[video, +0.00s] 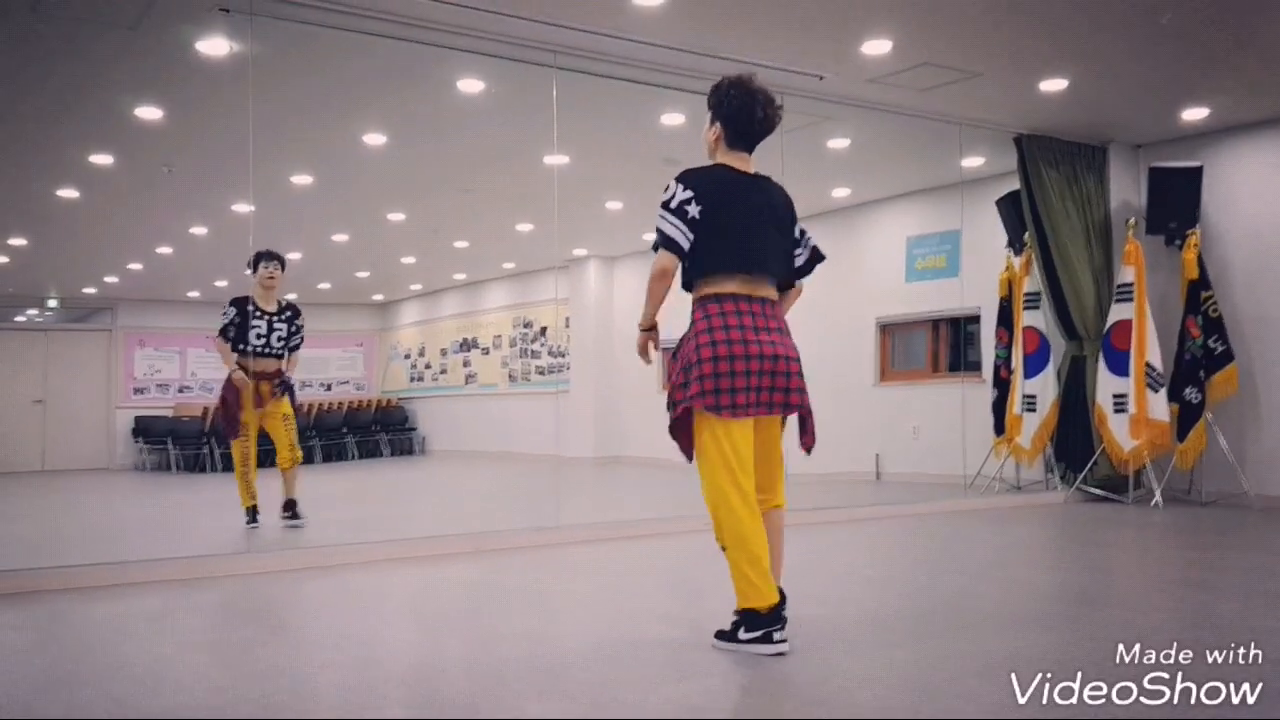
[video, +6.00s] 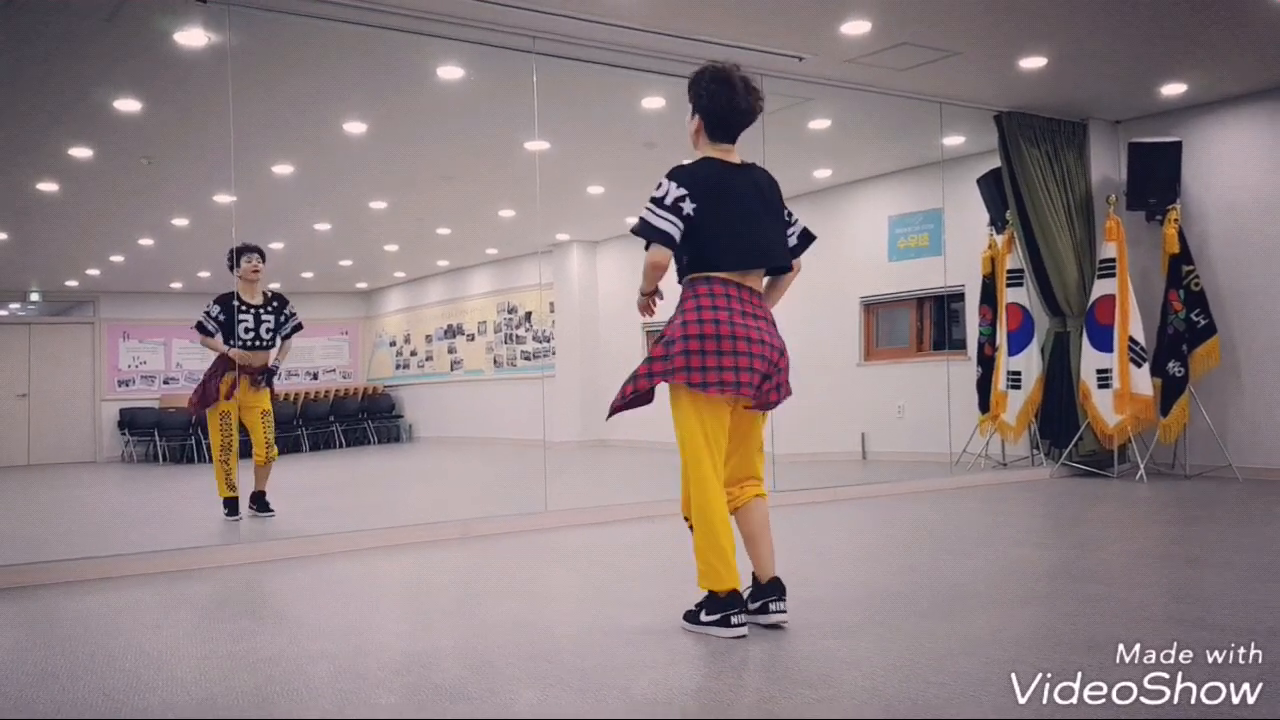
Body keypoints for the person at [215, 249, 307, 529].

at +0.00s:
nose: (271, 272)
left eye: (276, 269)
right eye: (266, 268)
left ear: (282, 276)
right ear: (254, 273)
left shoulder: (291, 312)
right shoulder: (239, 305)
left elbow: (294, 351)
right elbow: (222, 340)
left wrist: (287, 375)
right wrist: (233, 370)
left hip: (276, 385)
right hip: (243, 384)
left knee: (289, 446)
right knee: (244, 449)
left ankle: (290, 504)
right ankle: (250, 507)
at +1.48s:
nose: (248, 292)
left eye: (253, 288)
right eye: (242, 287)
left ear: (260, 293)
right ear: (232, 293)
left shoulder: (274, 324)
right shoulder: (221, 329)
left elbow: (294, 356)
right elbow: (208, 364)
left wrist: (279, 389)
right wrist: (226, 382)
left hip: (262, 401)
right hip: (228, 403)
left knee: (262, 464)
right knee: (222, 464)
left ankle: (257, 519)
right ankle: (228, 521)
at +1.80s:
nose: (234, 290)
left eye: (235, 284)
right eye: (227, 284)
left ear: (237, 288)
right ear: (210, 290)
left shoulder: (244, 323)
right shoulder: (193, 324)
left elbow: (259, 358)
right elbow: (181, 365)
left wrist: (251, 385)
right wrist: (196, 397)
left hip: (241, 395)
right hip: (208, 395)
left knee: (239, 462)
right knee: (202, 463)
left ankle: (228, 520)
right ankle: (200, 520)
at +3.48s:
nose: (242, 261)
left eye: (247, 256)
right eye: (236, 256)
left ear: (253, 260)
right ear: (225, 260)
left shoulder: (260, 295)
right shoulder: (213, 289)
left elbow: (263, 336)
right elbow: (197, 325)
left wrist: (258, 360)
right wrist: (209, 360)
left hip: (247, 366)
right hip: (218, 365)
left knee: (260, 433)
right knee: (218, 434)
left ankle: (247, 489)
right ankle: (218, 493)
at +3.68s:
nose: (263, 248)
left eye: (267, 244)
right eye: (256, 244)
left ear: (274, 250)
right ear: (247, 251)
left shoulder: (288, 284)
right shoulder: (235, 284)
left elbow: (302, 319)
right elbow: (212, 316)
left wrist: (286, 346)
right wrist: (238, 334)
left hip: (271, 362)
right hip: (236, 361)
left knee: (274, 429)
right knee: (236, 426)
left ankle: (268, 477)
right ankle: (240, 479)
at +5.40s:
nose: (254, 264)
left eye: (258, 261)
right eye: (248, 260)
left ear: (264, 268)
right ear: (236, 267)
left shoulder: (268, 302)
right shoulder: (224, 299)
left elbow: (276, 341)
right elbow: (200, 333)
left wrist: (276, 364)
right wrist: (216, 371)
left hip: (270, 374)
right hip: (241, 375)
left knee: (269, 443)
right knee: (249, 444)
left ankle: (259, 495)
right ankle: (232, 496)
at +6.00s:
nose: (255, 265)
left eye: (259, 261)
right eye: (248, 261)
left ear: (264, 268)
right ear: (236, 269)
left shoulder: (277, 302)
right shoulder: (224, 302)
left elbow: (287, 338)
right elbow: (204, 335)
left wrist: (275, 363)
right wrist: (228, 350)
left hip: (258, 380)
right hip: (225, 379)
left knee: (266, 447)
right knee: (226, 446)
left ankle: (259, 495)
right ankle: (230, 499)